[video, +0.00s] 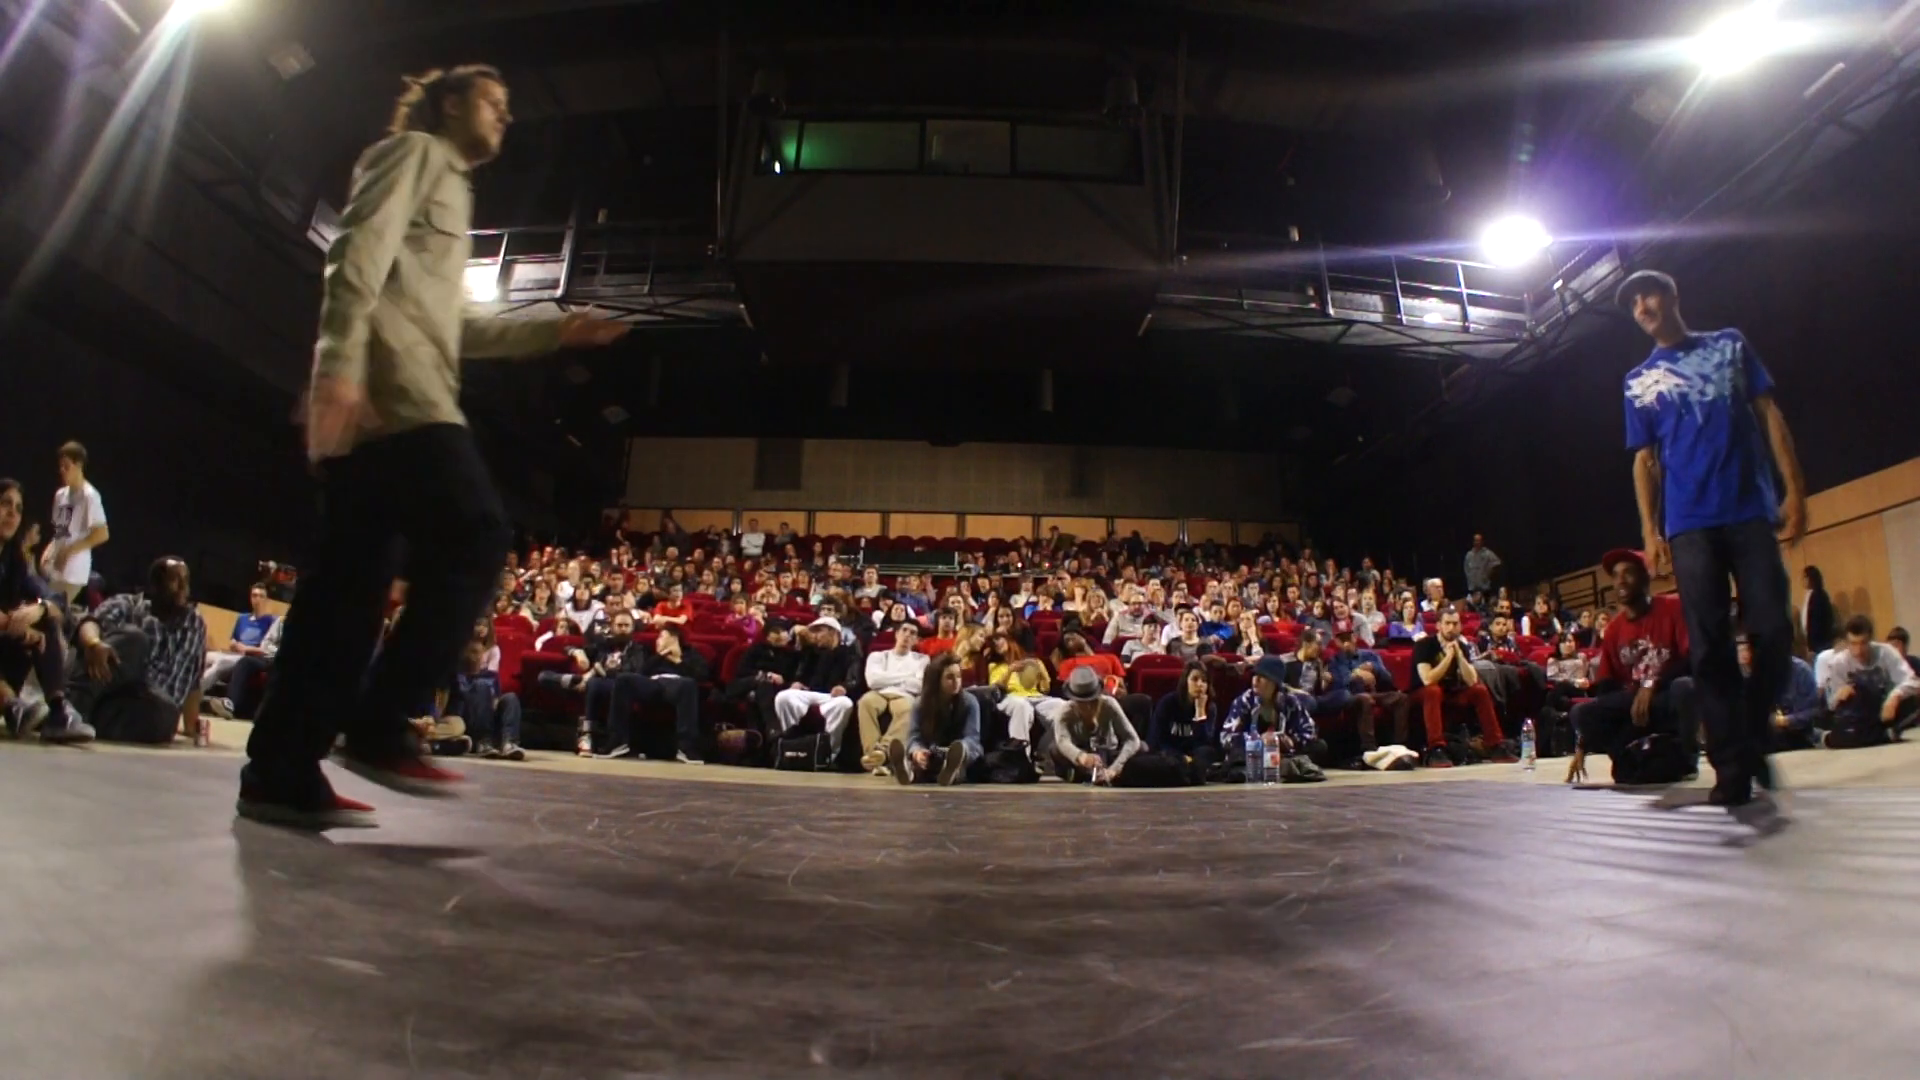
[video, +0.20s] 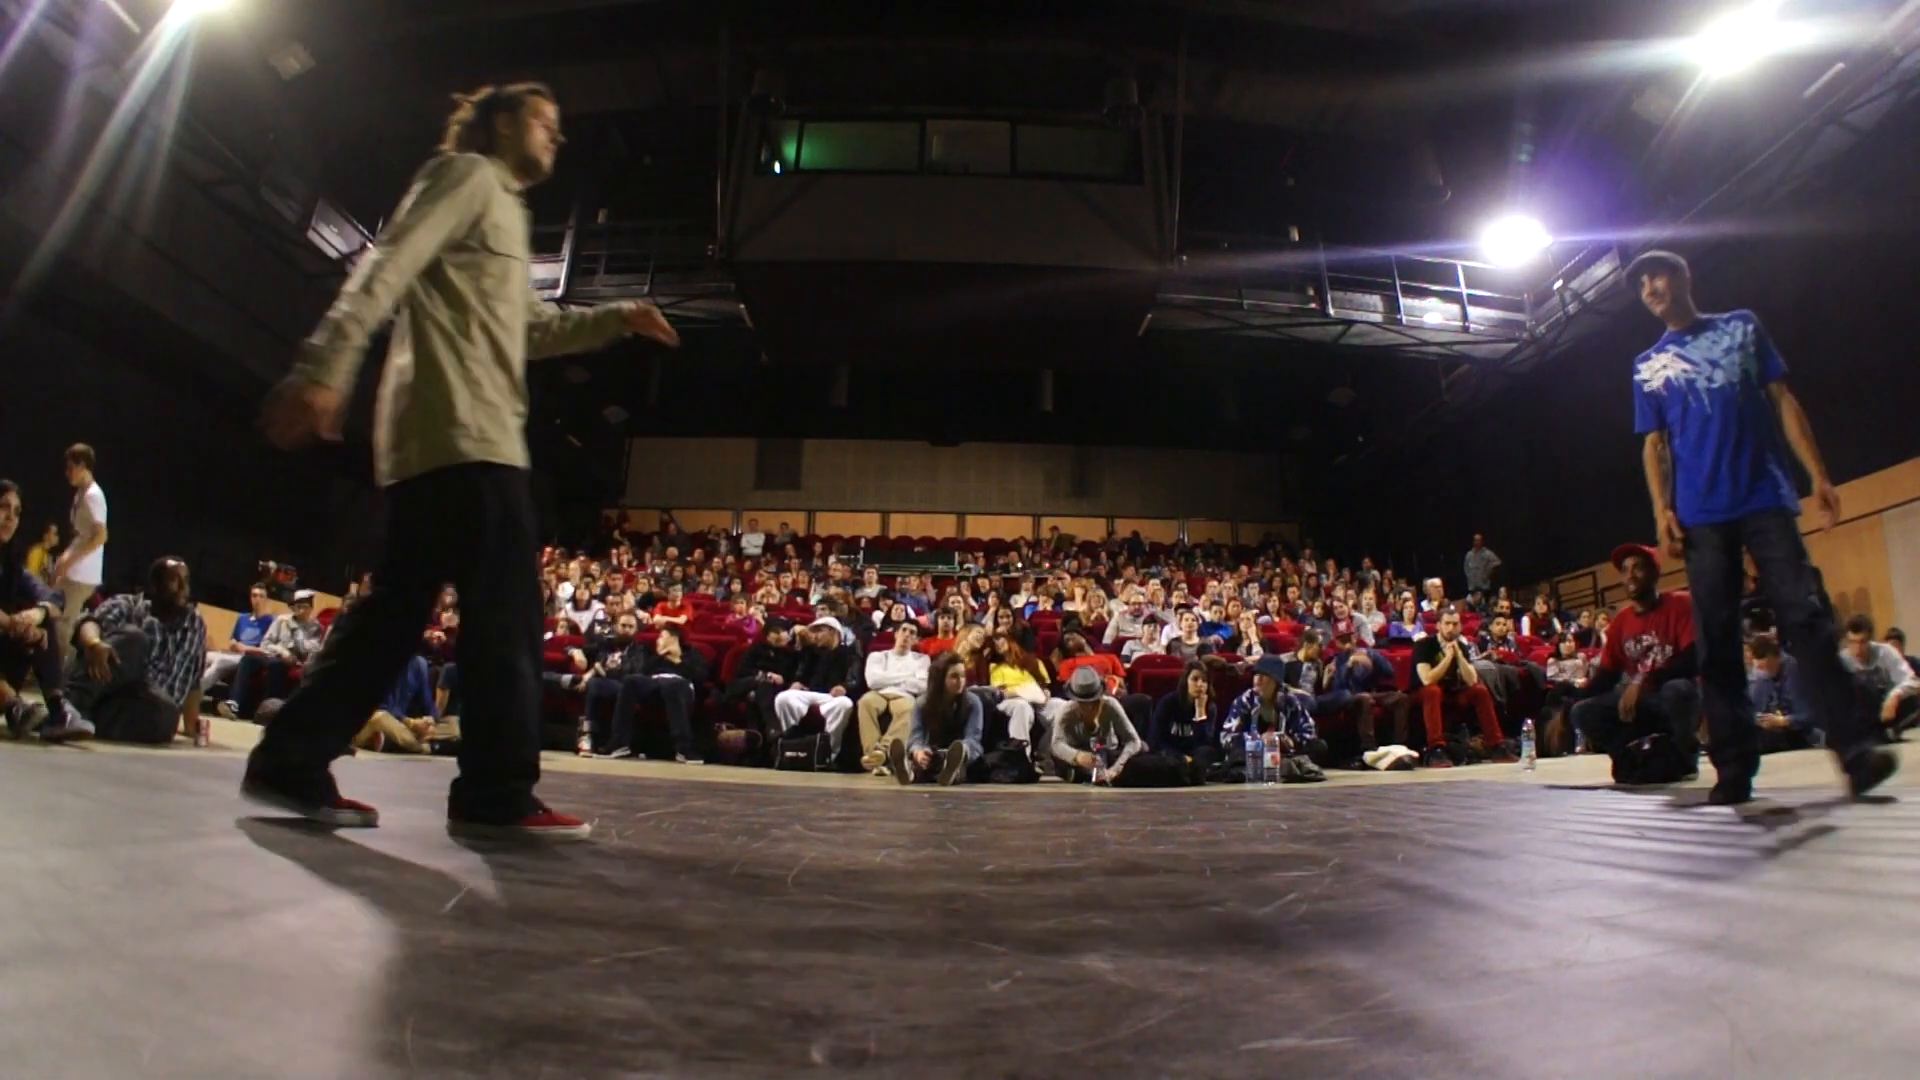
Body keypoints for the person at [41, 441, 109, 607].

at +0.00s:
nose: (62, 471)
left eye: (66, 466)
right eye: (61, 466)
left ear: (79, 465)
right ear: (60, 466)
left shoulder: (90, 495)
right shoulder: (61, 494)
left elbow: (102, 532)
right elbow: (60, 533)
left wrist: (69, 550)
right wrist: (49, 551)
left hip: (75, 568)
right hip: (56, 564)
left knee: (54, 615)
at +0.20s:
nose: (68, 473)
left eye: (71, 467)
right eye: (67, 467)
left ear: (84, 466)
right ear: (77, 467)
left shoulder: (92, 495)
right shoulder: (81, 493)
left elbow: (100, 535)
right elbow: (81, 535)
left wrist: (68, 562)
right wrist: (64, 558)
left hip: (83, 575)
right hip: (73, 572)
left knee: (64, 628)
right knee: (63, 627)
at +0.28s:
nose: (71, 481)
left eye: (74, 475)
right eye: (71, 475)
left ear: (86, 475)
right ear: (86, 476)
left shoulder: (91, 506)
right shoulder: (97, 504)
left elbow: (93, 546)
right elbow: (90, 546)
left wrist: (65, 569)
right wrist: (67, 568)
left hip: (83, 587)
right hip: (91, 586)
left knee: (61, 642)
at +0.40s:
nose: (82, 478)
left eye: (85, 472)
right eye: (82, 472)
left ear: (97, 472)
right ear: (97, 472)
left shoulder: (100, 500)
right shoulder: (109, 498)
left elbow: (100, 538)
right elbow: (115, 538)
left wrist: (73, 548)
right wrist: (81, 548)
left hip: (92, 582)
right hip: (103, 580)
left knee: (69, 635)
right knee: (95, 634)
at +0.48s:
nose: (89, 470)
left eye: (92, 465)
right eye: (88, 465)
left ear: (105, 463)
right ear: (104, 463)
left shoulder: (111, 490)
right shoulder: (116, 488)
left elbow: (115, 528)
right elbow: (124, 528)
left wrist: (85, 535)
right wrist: (90, 540)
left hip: (105, 571)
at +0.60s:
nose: (100, 474)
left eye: (104, 468)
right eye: (99, 469)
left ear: (117, 466)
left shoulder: (130, 493)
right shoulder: (112, 494)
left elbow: (140, 531)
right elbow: (114, 533)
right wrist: (100, 549)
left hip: (128, 576)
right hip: (110, 574)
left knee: (125, 628)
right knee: (91, 624)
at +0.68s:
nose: (109, 487)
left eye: (113, 481)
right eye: (107, 481)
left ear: (126, 477)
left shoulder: (140, 507)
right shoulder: (115, 507)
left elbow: (156, 546)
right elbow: (122, 549)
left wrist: (134, 572)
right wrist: (112, 576)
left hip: (136, 585)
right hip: (115, 583)